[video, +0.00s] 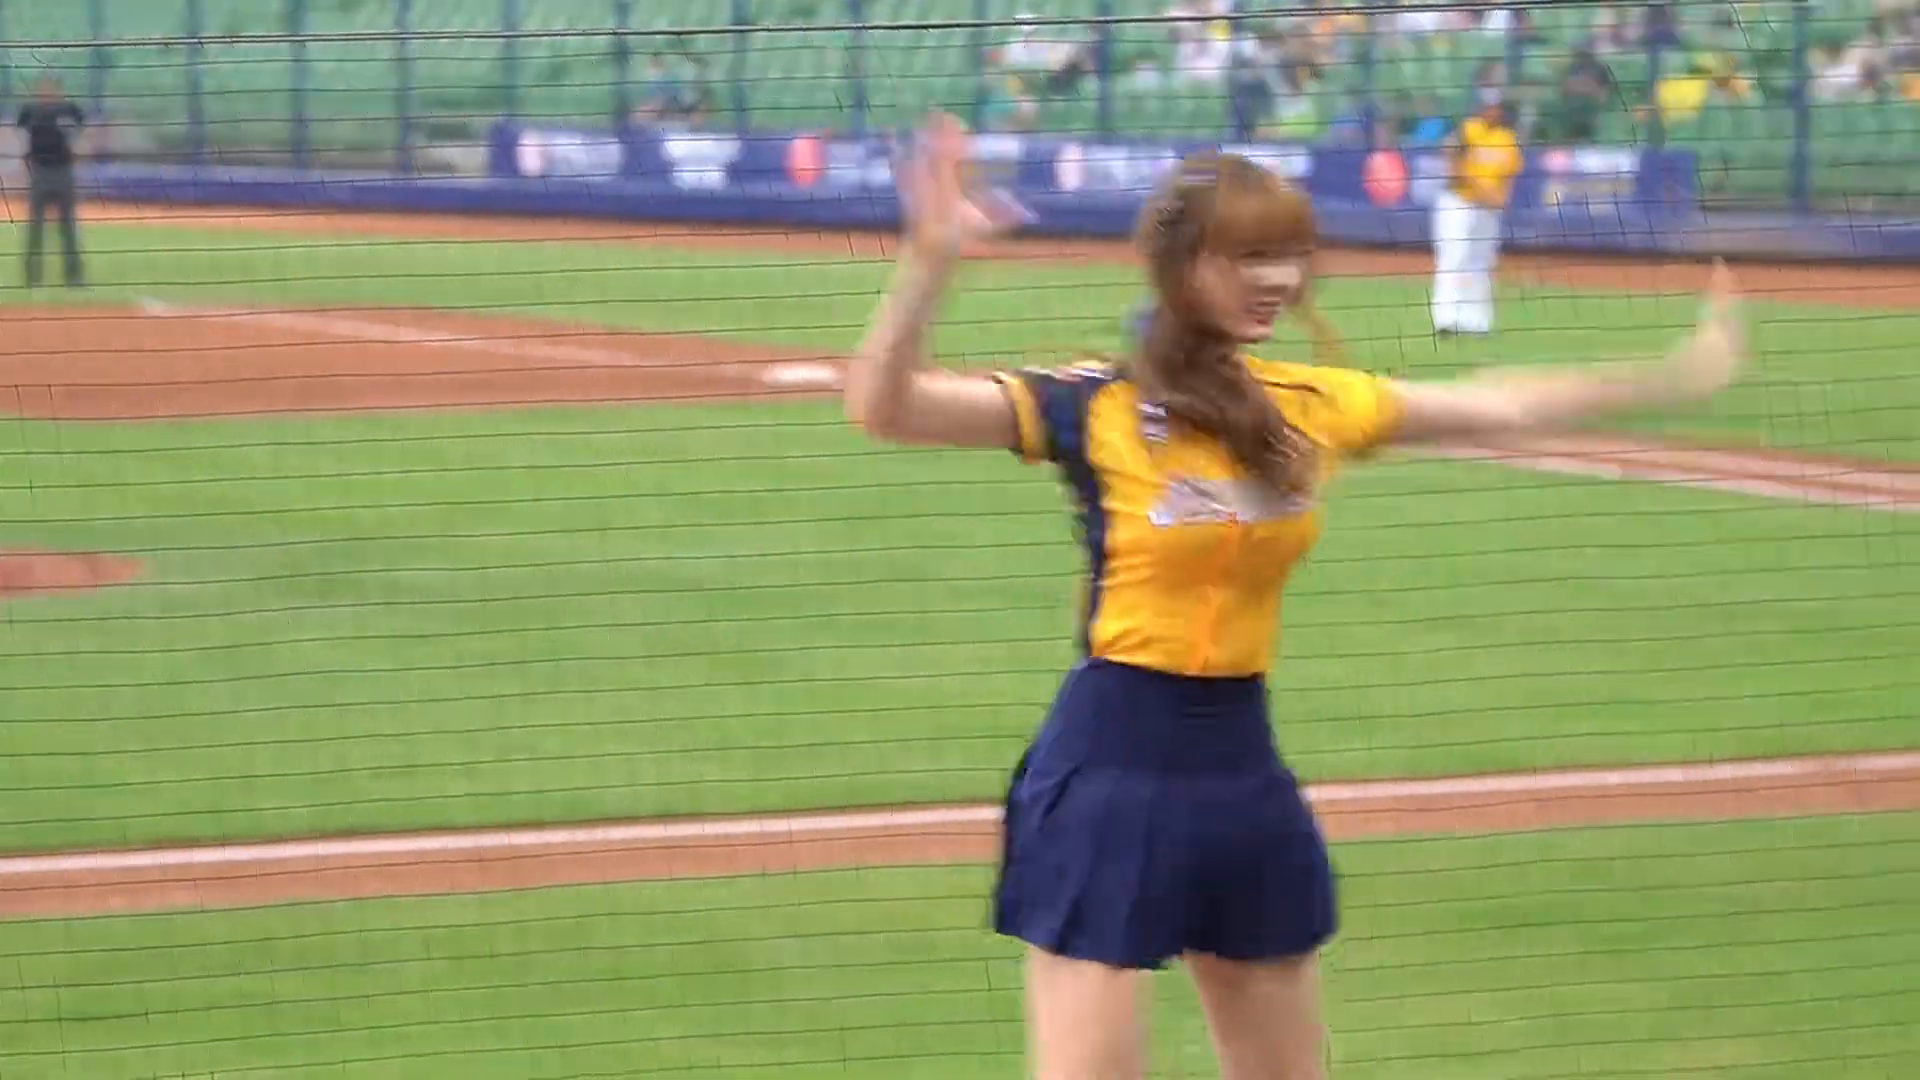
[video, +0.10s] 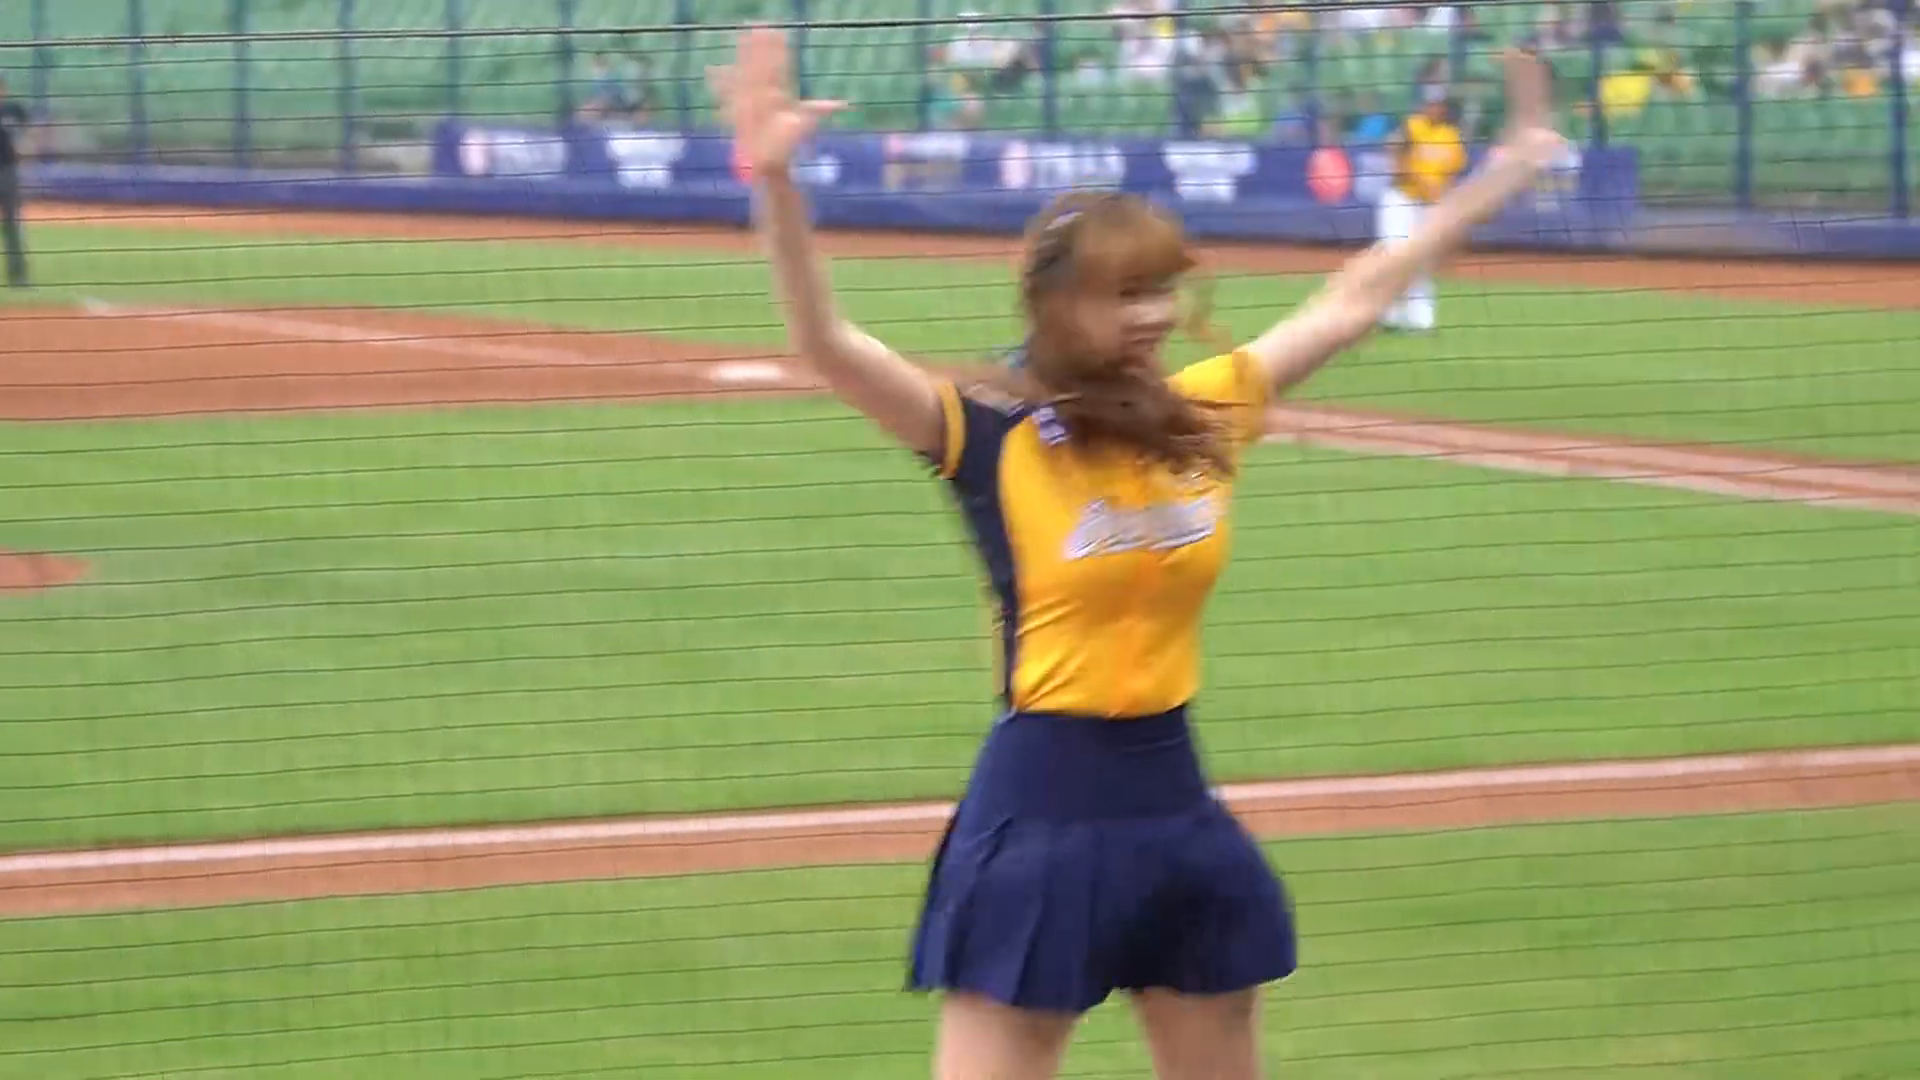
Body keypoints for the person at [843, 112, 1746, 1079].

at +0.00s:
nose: (1279, 279)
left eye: (1291, 258)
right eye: (1254, 256)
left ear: (1300, 269)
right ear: (1180, 261)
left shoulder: (1321, 405)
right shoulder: (1095, 405)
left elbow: (1510, 408)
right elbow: (883, 408)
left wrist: (1675, 377)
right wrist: (925, 259)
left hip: (1239, 756)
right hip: (1108, 758)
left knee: (1287, 1061)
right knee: (1087, 1063)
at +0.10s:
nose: (1156, 313)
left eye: (1167, 290)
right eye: (1130, 292)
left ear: (1181, 296)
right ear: (1054, 301)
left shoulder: (1209, 406)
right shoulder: (984, 430)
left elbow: (1359, 294)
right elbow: (819, 340)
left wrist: (1499, 177)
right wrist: (775, 179)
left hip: (1175, 796)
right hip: (1039, 802)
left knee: (1224, 1064)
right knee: (985, 1066)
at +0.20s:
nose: (1071, 321)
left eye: (1079, 298)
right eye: (1045, 299)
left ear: (1089, 308)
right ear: (975, 317)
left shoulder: (1108, 425)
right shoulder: (907, 461)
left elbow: (1258, 337)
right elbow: (746, 380)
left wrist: (1377, 191)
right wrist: (659, 244)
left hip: (1101, 812)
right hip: (961, 821)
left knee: (1164, 1063)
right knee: (927, 1065)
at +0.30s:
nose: (1039, 290)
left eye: (1044, 268)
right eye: (1014, 266)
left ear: (1048, 281)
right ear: (938, 285)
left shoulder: (1059, 415)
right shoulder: (865, 441)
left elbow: (1159, 507)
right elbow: (698, 512)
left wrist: (1284, 459)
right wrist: (627, 525)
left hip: (1048, 777)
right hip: (917, 786)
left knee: (1156, 1063)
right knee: (884, 1067)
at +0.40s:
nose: (1007, 319)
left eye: (1016, 296)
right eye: (980, 296)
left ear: (1027, 308)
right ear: (907, 312)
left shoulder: (1020, 467)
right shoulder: (835, 482)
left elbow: (1037, 672)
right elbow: (714, 667)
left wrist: (1158, 760)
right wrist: (709, 783)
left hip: (998, 819)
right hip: (866, 827)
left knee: (1124, 1068)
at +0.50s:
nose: (994, 353)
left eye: (1003, 329)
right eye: (965, 330)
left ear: (1014, 339)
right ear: (895, 344)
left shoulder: (1004, 511)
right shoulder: (825, 519)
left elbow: (998, 715)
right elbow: (787, 741)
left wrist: (1097, 818)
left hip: (950, 830)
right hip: (827, 830)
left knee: (1047, 1061)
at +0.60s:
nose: (1004, 304)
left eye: (1015, 281)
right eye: (974, 283)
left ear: (1029, 293)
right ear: (910, 305)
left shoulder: (1012, 472)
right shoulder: (852, 462)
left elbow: (1080, 658)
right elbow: (887, 665)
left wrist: (1227, 725)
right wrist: (1080, 739)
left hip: (909, 793)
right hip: (783, 792)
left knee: (950, 1061)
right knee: (780, 1065)